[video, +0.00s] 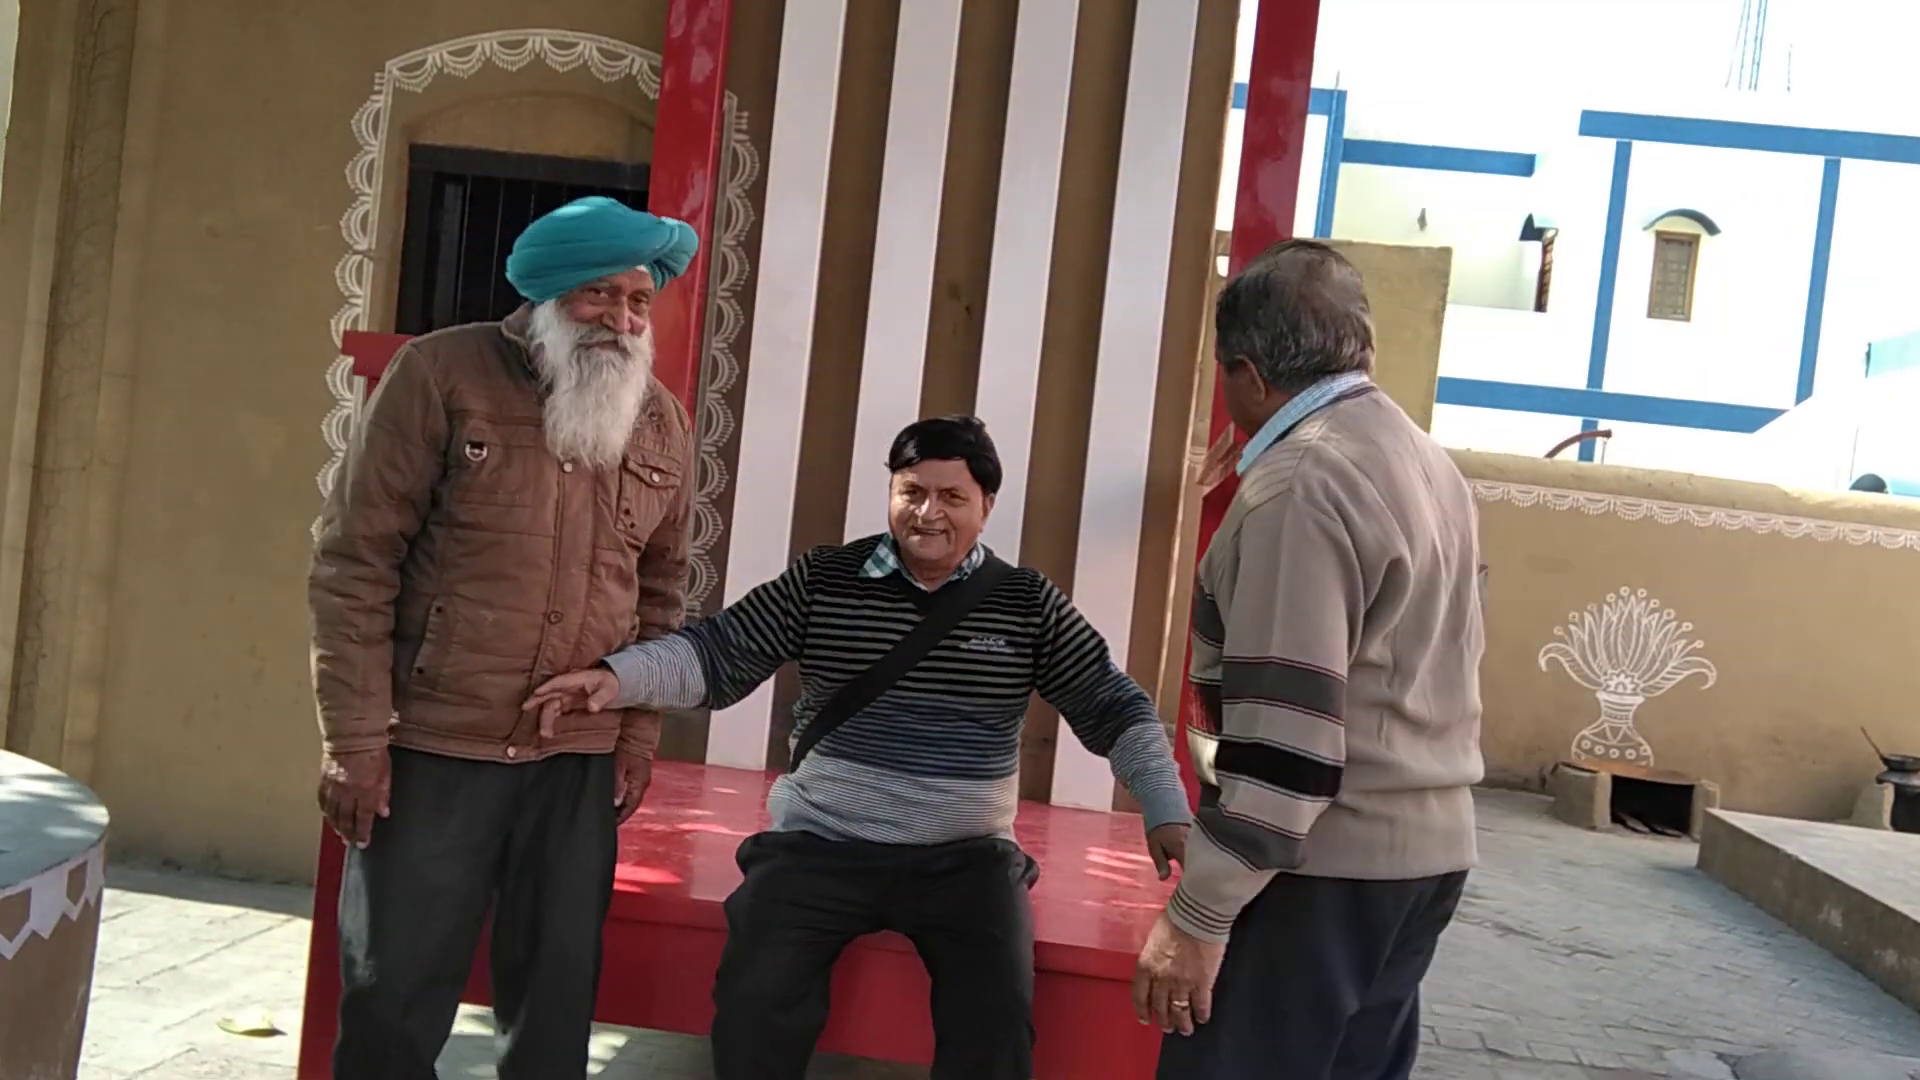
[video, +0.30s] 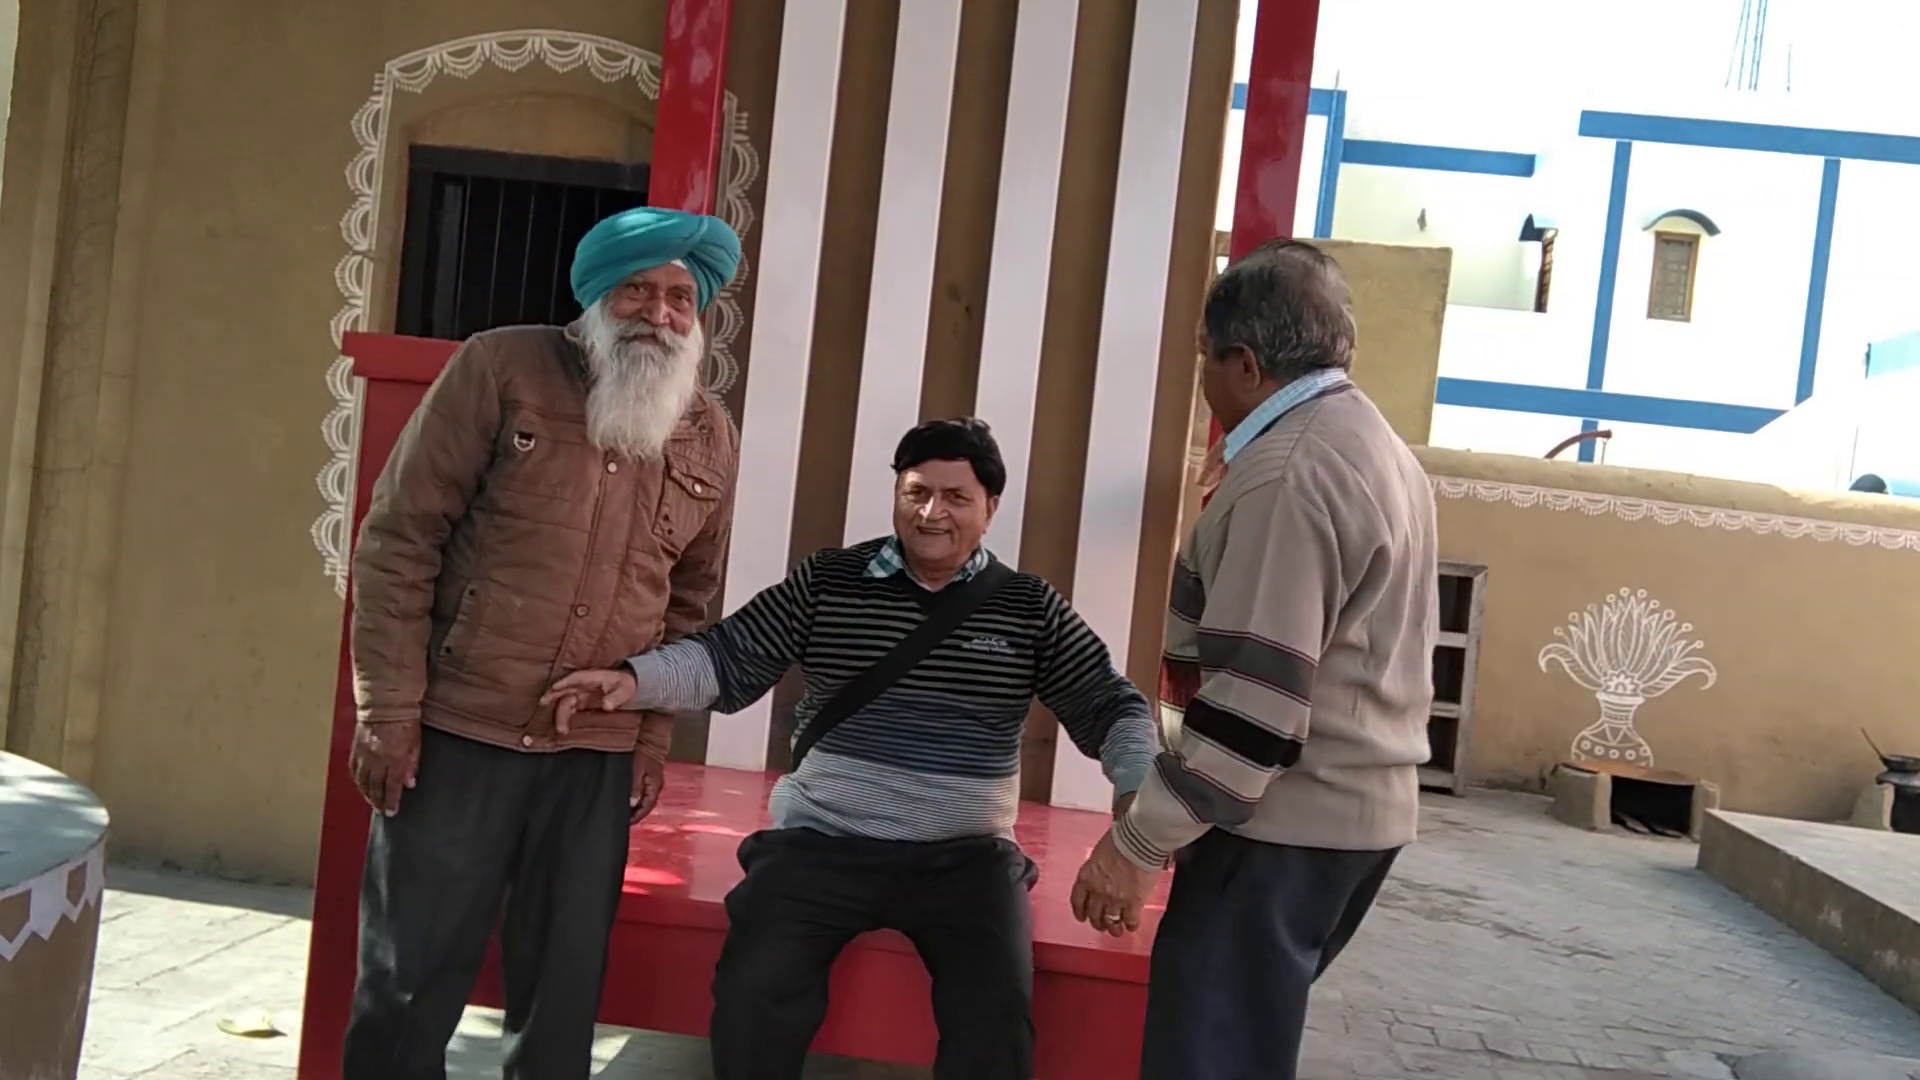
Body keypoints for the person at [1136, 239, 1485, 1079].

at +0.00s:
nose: (1223, 394)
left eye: (1223, 372)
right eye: (1223, 372)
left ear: (1249, 373)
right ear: (1358, 350)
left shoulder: (1300, 485)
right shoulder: (1425, 460)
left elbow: (1285, 755)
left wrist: (1196, 914)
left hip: (1318, 873)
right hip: (1419, 860)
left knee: (1231, 1064)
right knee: (1365, 1064)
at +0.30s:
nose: (1205, 382)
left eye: (1208, 359)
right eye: (1205, 360)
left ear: (1247, 361)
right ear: (1327, 349)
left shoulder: (1293, 472)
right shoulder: (1369, 441)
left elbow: (1252, 713)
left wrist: (1135, 844)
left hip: (1280, 828)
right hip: (1344, 825)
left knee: (1202, 1052)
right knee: (1242, 1048)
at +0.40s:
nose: (1200, 373)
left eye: (1209, 353)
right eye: (1202, 352)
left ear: (1257, 364)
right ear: (1281, 362)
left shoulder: (1304, 472)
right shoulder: (1336, 437)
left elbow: (1269, 710)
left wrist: (1143, 837)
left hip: (1283, 821)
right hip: (1304, 814)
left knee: (1202, 1049)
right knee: (1219, 1045)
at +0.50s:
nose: (1198, 378)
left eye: (1213, 358)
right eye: (1202, 357)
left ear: (1272, 368)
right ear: (1275, 368)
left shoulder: (1324, 477)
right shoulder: (1294, 455)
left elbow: (1297, 705)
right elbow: (1234, 651)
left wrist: (1170, 827)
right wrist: (1156, 771)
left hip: (1275, 826)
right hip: (1248, 816)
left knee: (1213, 1048)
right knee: (1204, 1042)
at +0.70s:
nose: (1203, 382)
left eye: (1225, 359)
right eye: (1195, 361)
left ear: (1299, 367)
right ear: (1186, 369)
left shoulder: (1367, 500)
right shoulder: (1204, 481)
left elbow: (1364, 707)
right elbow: (1179, 650)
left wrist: (1249, 820)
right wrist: (1151, 768)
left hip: (1290, 837)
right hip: (1187, 822)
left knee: (1232, 1058)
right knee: (1182, 1051)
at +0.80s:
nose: (1208, 384)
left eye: (1229, 361)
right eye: (1193, 366)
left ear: (1290, 366)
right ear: (1180, 377)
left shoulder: (1362, 490)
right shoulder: (1175, 493)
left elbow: (1399, 685)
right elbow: (1164, 648)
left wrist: (1319, 822)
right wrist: (1142, 762)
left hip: (1293, 826)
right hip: (1187, 813)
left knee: (1252, 1052)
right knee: (1166, 1047)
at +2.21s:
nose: (1256, 385)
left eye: (1277, 362)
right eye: (1238, 368)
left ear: (1329, 369)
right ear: (1223, 382)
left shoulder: (1409, 485)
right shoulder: (1202, 506)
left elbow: (1468, 667)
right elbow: (1178, 669)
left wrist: (1443, 818)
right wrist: (1179, 790)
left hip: (1378, 830)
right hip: (1241, 820)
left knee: (1375, 1066)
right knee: (1208, 1059)